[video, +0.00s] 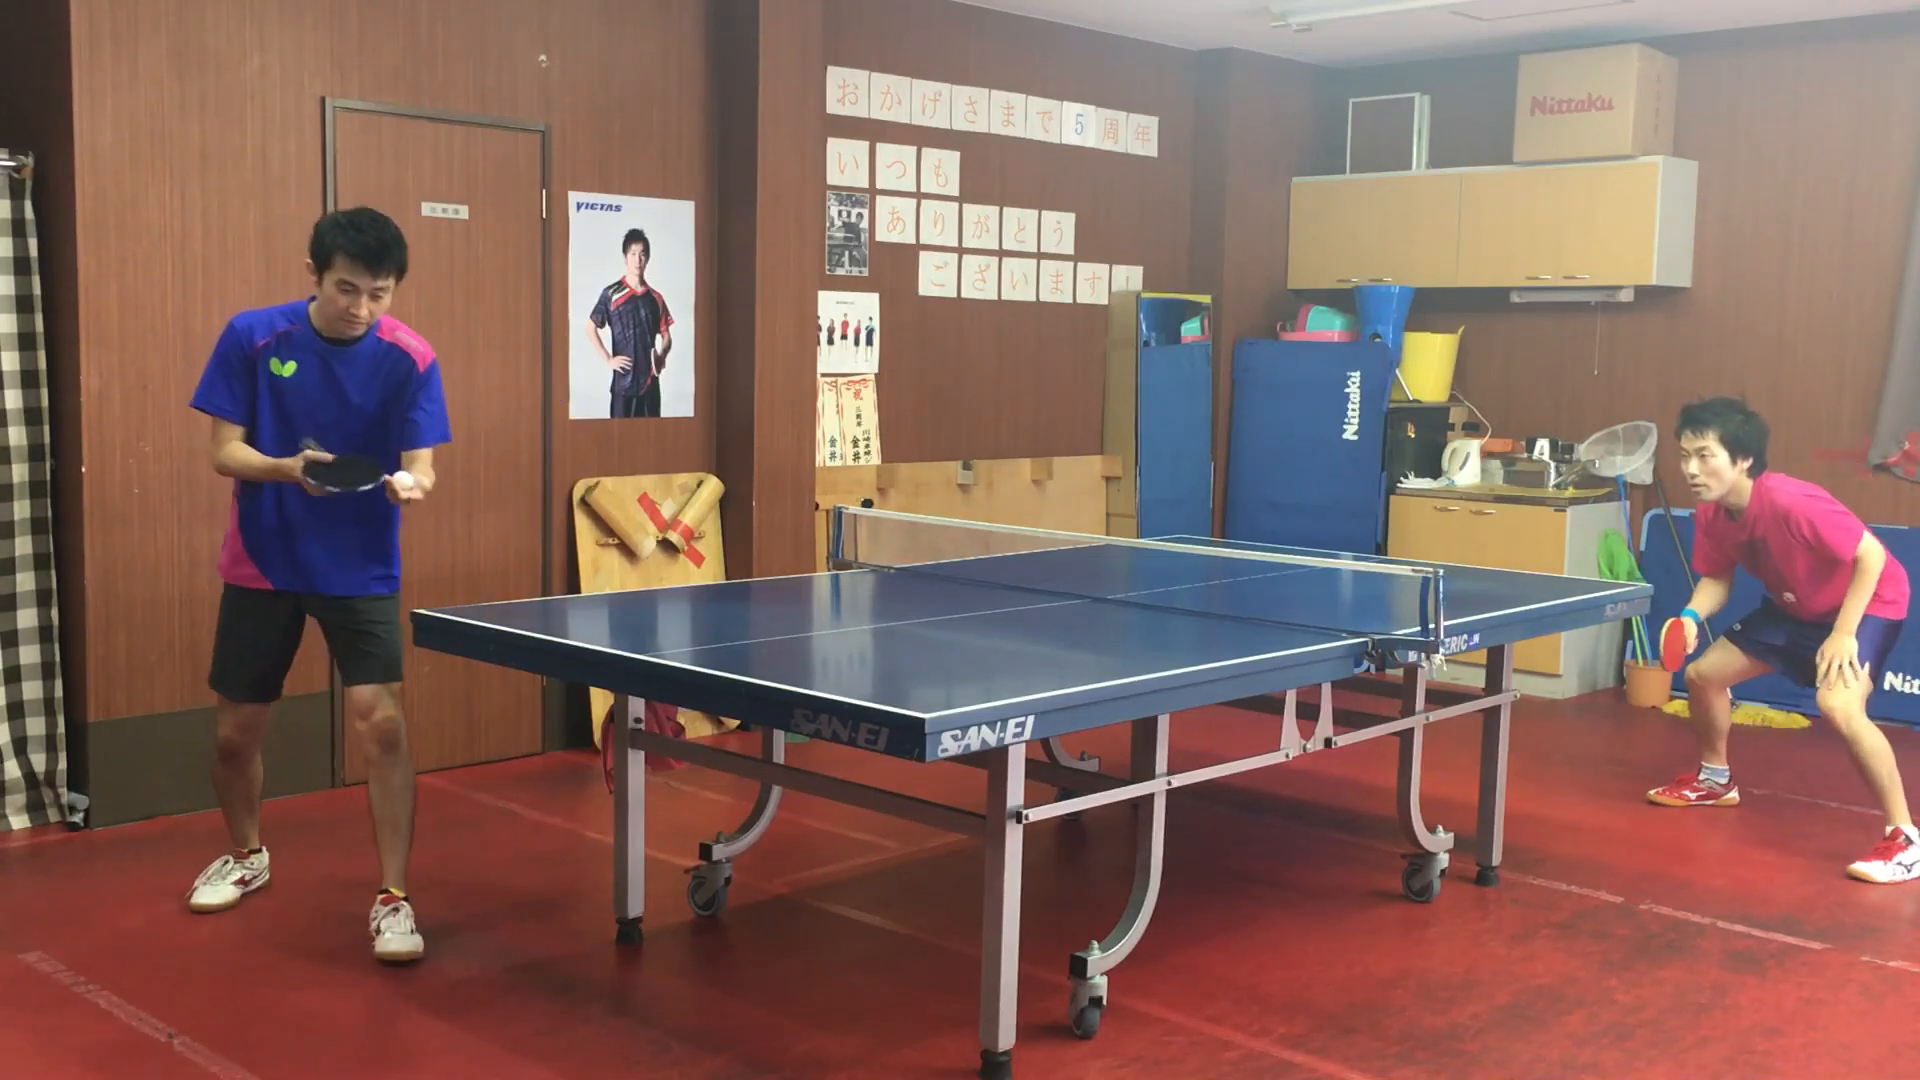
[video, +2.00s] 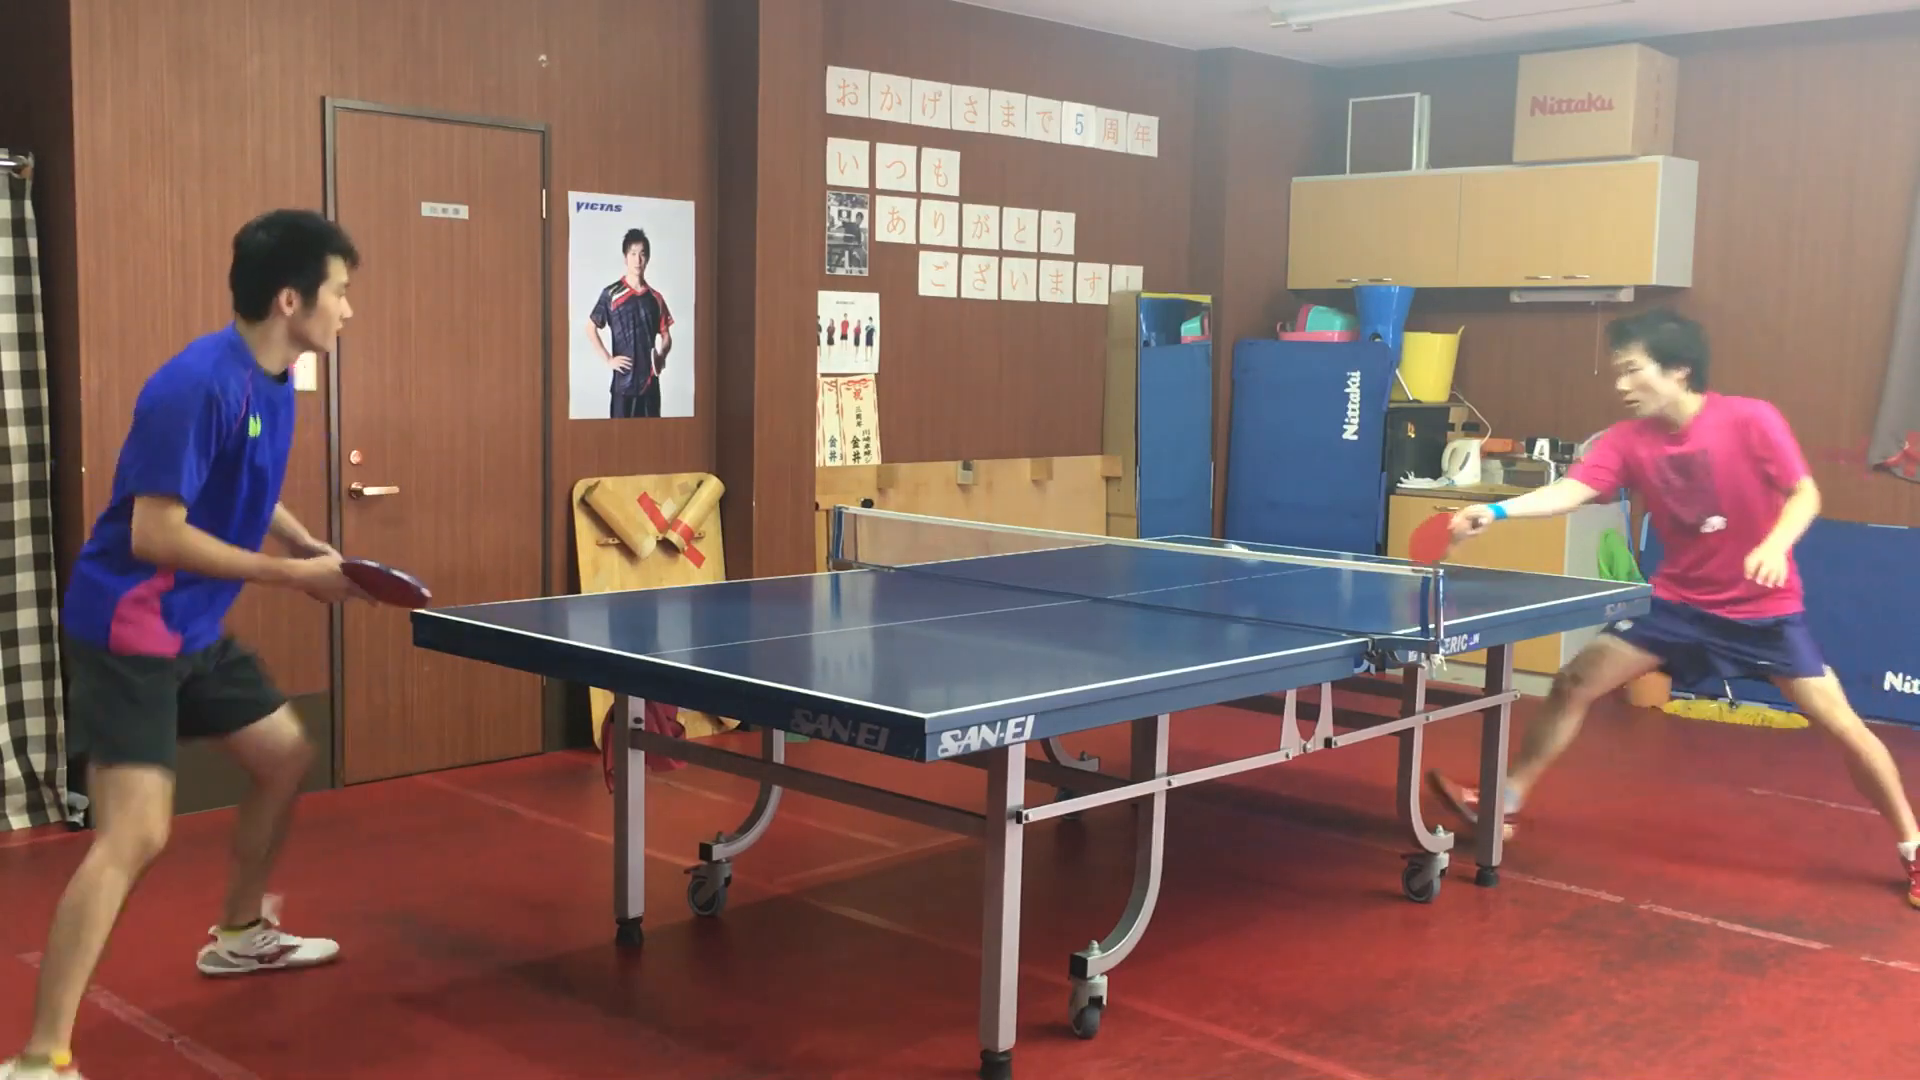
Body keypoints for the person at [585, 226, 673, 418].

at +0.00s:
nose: (638, 259)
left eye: (643, 254)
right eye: (633, 254)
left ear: (648, 258)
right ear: (625, 257)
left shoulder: (655, 297)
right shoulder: (611, 294)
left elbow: (666, 336)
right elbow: (591, 327)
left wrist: (662, 355)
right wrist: (608, 359)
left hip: (649, 378)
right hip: (624, 378)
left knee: (650, 435)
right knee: (622, 436)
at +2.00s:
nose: (639, 260)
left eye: (643, 254)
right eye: (633, 254)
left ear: (648, 258)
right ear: (625, 257)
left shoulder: (655, 297)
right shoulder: (611, 294)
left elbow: (666, 336)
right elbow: (590, 327)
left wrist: (661, 355)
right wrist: (608, 359)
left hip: (650, 380)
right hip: (624, 380)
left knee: (650, 437)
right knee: (622, 437)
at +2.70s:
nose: (639, 259)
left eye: (643, 254)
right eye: (633, 254)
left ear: (648, 258)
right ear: (625, 257)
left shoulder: (655, 297)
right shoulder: (611, 294)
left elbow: (665, 336)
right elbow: (590, 327)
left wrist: (661, 355)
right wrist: (608, 359)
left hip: (649, 379)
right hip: (624, 380)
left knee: (650, 436)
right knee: (622, 436)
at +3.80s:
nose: (638, 260)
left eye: (643, 254)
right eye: (633, 254)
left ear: (648, 258)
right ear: (625, 257)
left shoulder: (655, 298)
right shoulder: (611, 294)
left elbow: (666, 336)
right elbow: (590, 327)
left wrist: (661, 356)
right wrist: (608, 359)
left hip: (650, 380)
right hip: (624, 380)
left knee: (649, 438)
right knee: (622, 438)